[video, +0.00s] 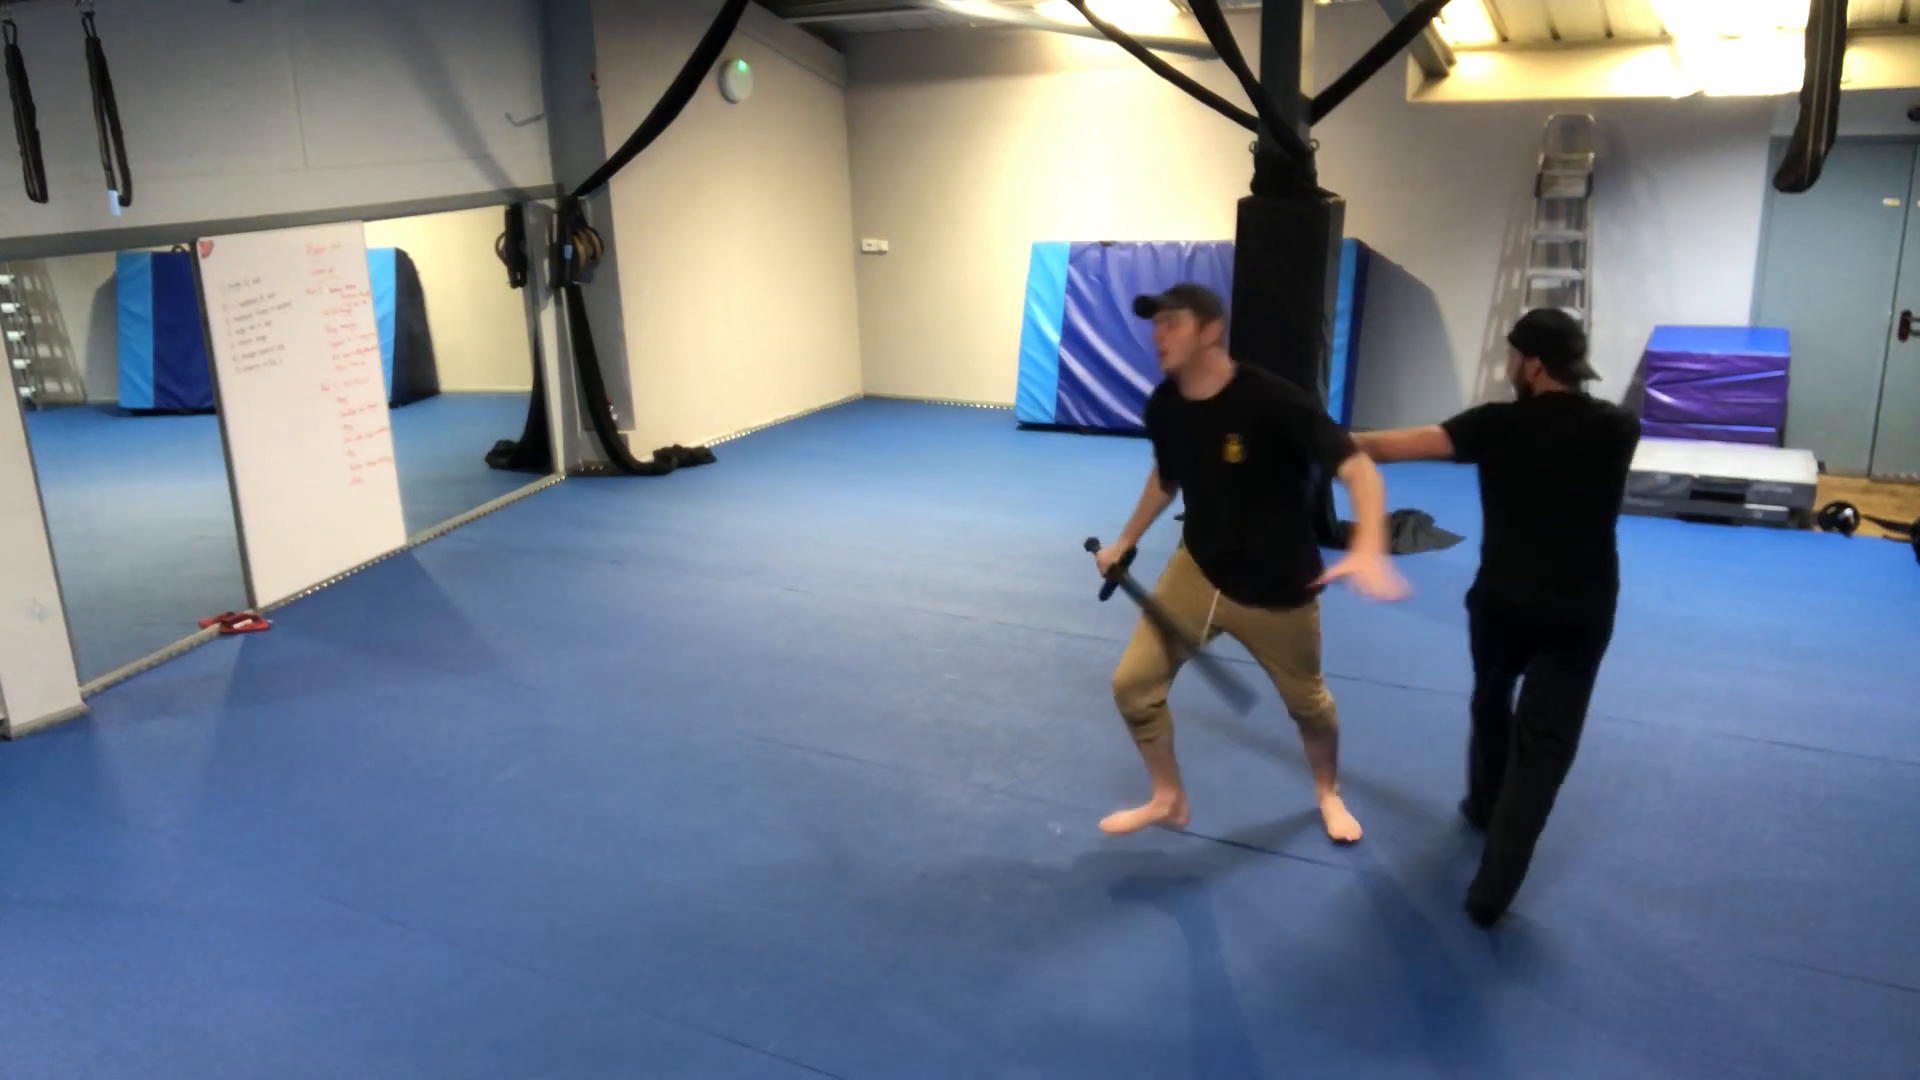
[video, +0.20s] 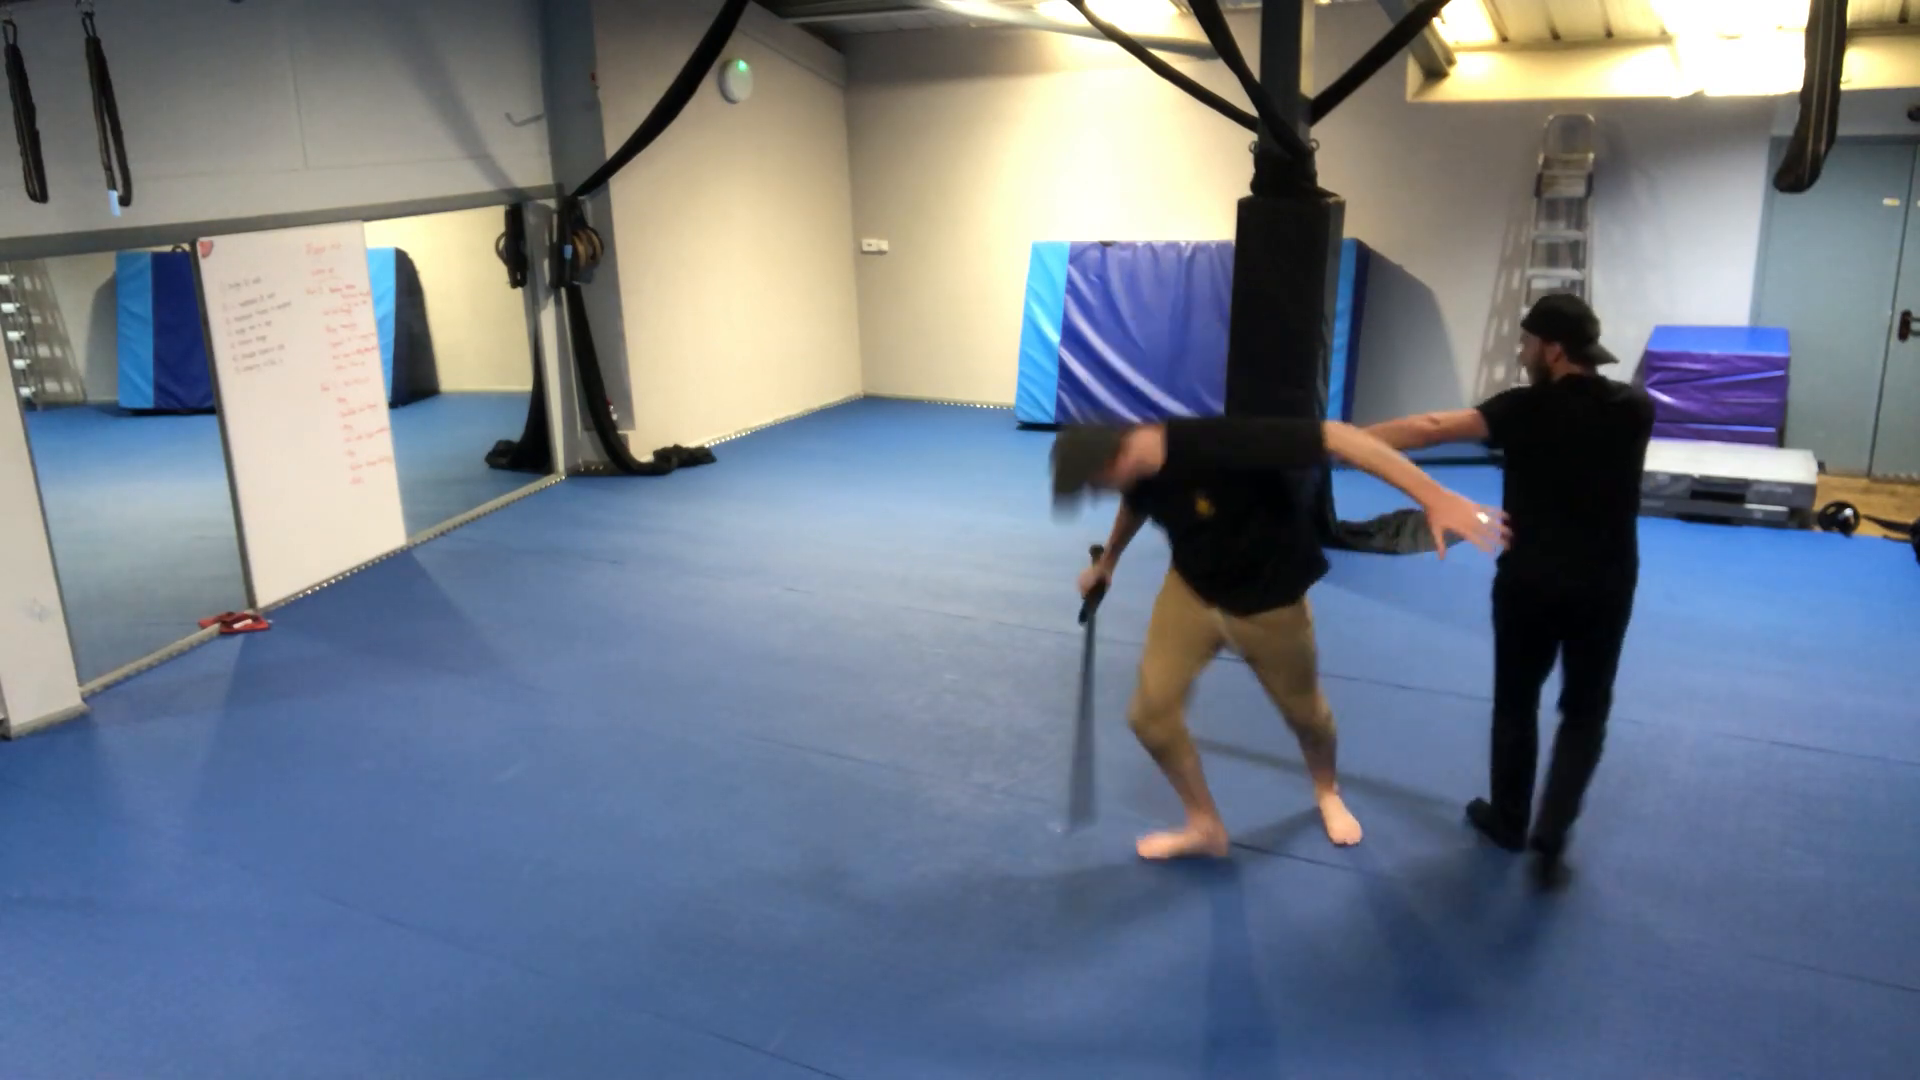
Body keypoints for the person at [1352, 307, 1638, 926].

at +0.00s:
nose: (1510, 367)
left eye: (1513, 358)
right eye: (1513, 356)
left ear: (1531, 363)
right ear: (1576, 362)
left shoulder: (1499, 424)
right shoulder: (1619, 427)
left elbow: (1395, 445)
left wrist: (1337, 443)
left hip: (1504, 603)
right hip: (1581, 614)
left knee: (1491, 694)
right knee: (1547, 745)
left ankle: (1484, 800)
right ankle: (1491, 895)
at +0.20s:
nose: (1524, 353)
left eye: (1529, 343)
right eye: (1526, 342)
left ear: (1552, 347)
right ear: (1586, 346)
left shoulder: (1525, 406)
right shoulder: (1635, 407)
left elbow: (1434, 428)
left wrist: (1355, 439)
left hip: (1529, 582)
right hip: (1605, 588)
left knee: (1516, 701)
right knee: (1585, 710)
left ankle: (1509, 820)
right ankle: (1552, 835)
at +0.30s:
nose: (1533, 348)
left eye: (1539, 337)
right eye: (1535, 336)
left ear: (1568, 342)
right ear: (1594, 344)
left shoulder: (1544, 402)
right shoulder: (1648, 407)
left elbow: (1466, 437)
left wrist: (1375, 463)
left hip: (1542, 576)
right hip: (1616, 580)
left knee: (1522, 701)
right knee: (1611, 686)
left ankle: (1509, 820)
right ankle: (1616, 815)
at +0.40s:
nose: (1548, 346)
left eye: (1555, 336)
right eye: (1550, 335)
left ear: (1587, 342)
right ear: (1604, 343)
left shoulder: (1571, 400)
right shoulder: (1657, 403)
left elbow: (1510, 455)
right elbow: (1650, 475)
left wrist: (1410, 487)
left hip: (1558, 571)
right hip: (1624, 574)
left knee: (1527, 696)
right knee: (1636, 676)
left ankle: (1508, 817)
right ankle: (1669, 799)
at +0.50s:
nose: (1567, 349)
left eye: (1575, 339)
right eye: (1569, 338)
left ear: (1607, 345)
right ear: (1625, 346)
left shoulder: (1600, 407)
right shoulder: (1669, 405)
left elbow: (1562, 476)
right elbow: (1640, 490)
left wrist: (1464, 516)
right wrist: (1577, 534)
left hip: (1580, 576)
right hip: (1636, 577)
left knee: (1530, 694)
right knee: (1653, 684)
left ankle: (1508, 818)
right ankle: (1688, 788)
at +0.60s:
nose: (1590, 349)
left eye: (1598, 338)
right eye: (1592, 337)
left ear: (1631, 344)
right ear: (1643, 345)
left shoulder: (1631, 410)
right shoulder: (1686, 401)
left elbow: (1612, 502)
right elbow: (1667, 496)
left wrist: (1526, 561)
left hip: (1608, 573)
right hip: (1658, 574)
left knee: (1549, 693)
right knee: (1664, 685)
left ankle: (1510, 816)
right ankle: (1688, 792)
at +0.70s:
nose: (1608, 344)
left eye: (1617, 333)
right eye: (1610, 333)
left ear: (1650, 338)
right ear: (1659, 339)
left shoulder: (1657, 401)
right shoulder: (1701, 393)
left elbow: (1654, 505)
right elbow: (1683, 494)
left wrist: (1602, 581)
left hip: (1637, 567)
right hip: (1678, 568)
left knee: (1565, 686)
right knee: (1678, 685)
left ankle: (1522, 807)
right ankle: (1690, 790)